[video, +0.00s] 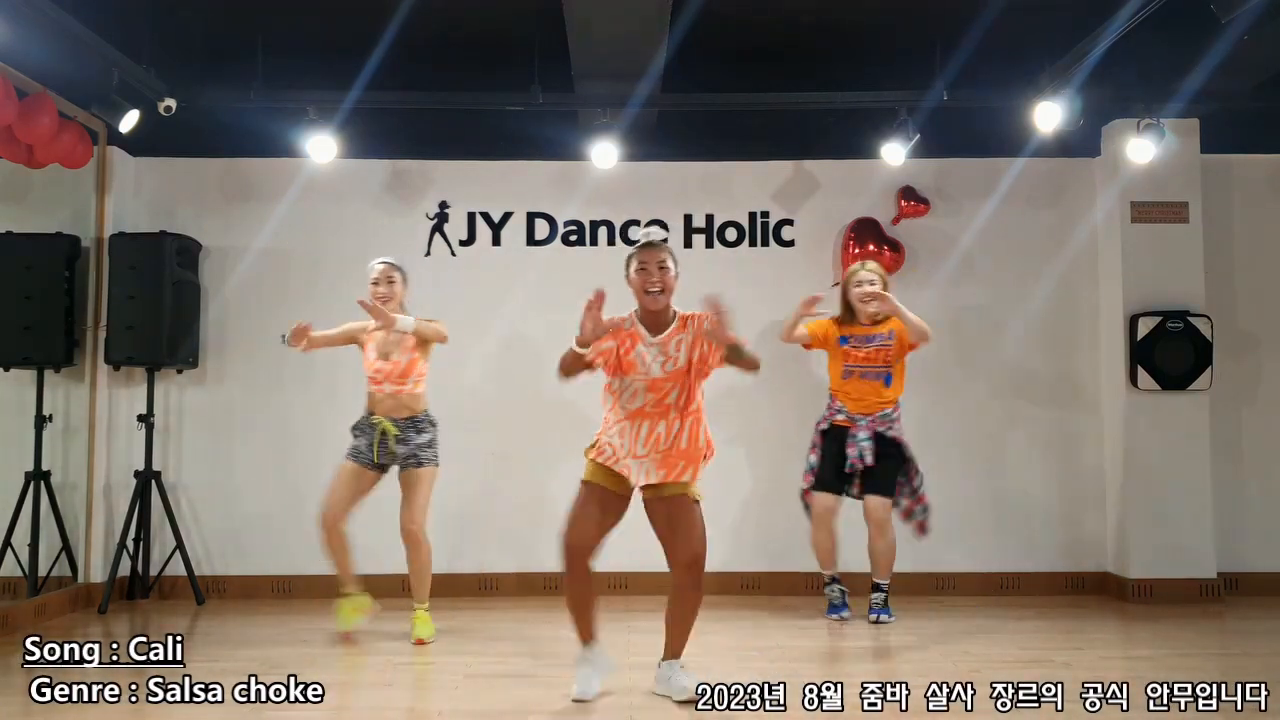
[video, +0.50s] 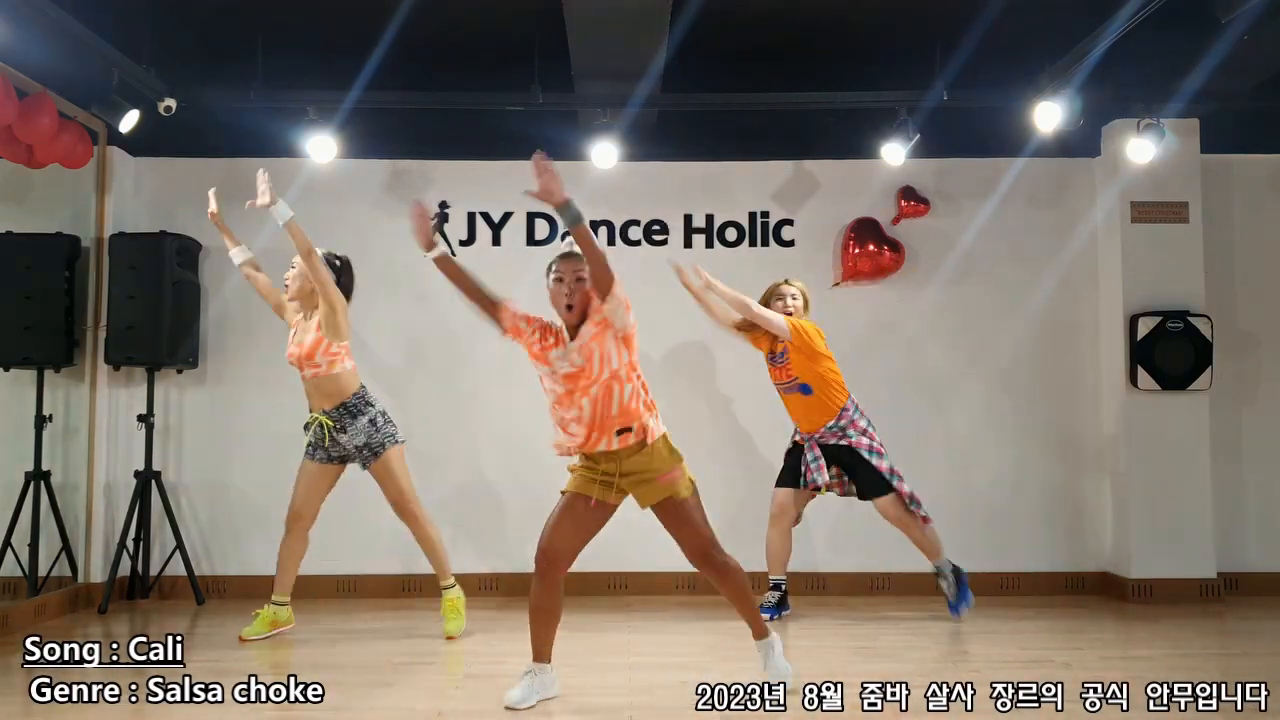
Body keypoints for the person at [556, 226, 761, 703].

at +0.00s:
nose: (654, 275)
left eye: (662, 267)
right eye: (643, 268)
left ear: (675, 278)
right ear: (629, 281)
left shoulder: (696, 330)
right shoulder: (616, 333)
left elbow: (752, 365)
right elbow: (565, 371)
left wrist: (725, 339)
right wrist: (584, 344)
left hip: (672, 461)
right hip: (614, 456)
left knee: (691, 562)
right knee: (576, 545)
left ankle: (670, 665)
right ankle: (589, 654)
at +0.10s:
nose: (641, 283)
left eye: (650, 275)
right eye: (631, 276)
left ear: (664, 286)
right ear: (618, 289)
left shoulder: (690, 341)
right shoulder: (602, 343)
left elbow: (735, 397)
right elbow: (559, 410)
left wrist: (701, 377)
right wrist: (584, 373)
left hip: (673, 471)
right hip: (612, 467)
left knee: (700, 566)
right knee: (547, 539)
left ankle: (672, 666)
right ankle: (557, 647)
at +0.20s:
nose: (621, 291)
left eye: (630, 282)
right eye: (611, 284)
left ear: (645, 290)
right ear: (598, 295)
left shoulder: (673, 352)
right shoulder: (585, 357)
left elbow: (686, 424)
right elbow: (576, 429)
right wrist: (583, 426)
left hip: (667, 477)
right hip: (607, 476)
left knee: (700, 570)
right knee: (541, 552)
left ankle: (671, 668)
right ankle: (530, 662)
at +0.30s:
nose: (598, 288)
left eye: (608, 279)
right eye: (588, 280)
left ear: (623, 287)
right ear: (576, 290)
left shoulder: (648, 339)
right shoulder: (566, 353)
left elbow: (672, 398)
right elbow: (536, 417)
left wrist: (628, 380)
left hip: (657, 469)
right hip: (598, 472)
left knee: (702, 558)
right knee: (549, 557)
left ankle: (682, 662)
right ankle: (537, 668)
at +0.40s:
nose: (581, 285)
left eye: (591, 274)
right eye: (571, 276)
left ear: (607, 282)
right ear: (559, 286)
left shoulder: (628, 328)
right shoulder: (545, 341)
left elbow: (634, 303)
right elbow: (481, 355)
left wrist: (595, 276)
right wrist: (475, 304)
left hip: (654, 456)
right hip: (593, 468)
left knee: (711, 548)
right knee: (549, 557)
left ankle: (734, 646)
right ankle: (539, 669)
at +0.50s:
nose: (569, 287)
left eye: (579, 279)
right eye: (559, 279)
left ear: (596, 287)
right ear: (547, 290)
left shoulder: (612, 326)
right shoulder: (541, 339)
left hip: (650, 457)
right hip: (595, 468)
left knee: (707, 555)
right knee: (548, 560)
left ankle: (767, 641)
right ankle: (540, 672)